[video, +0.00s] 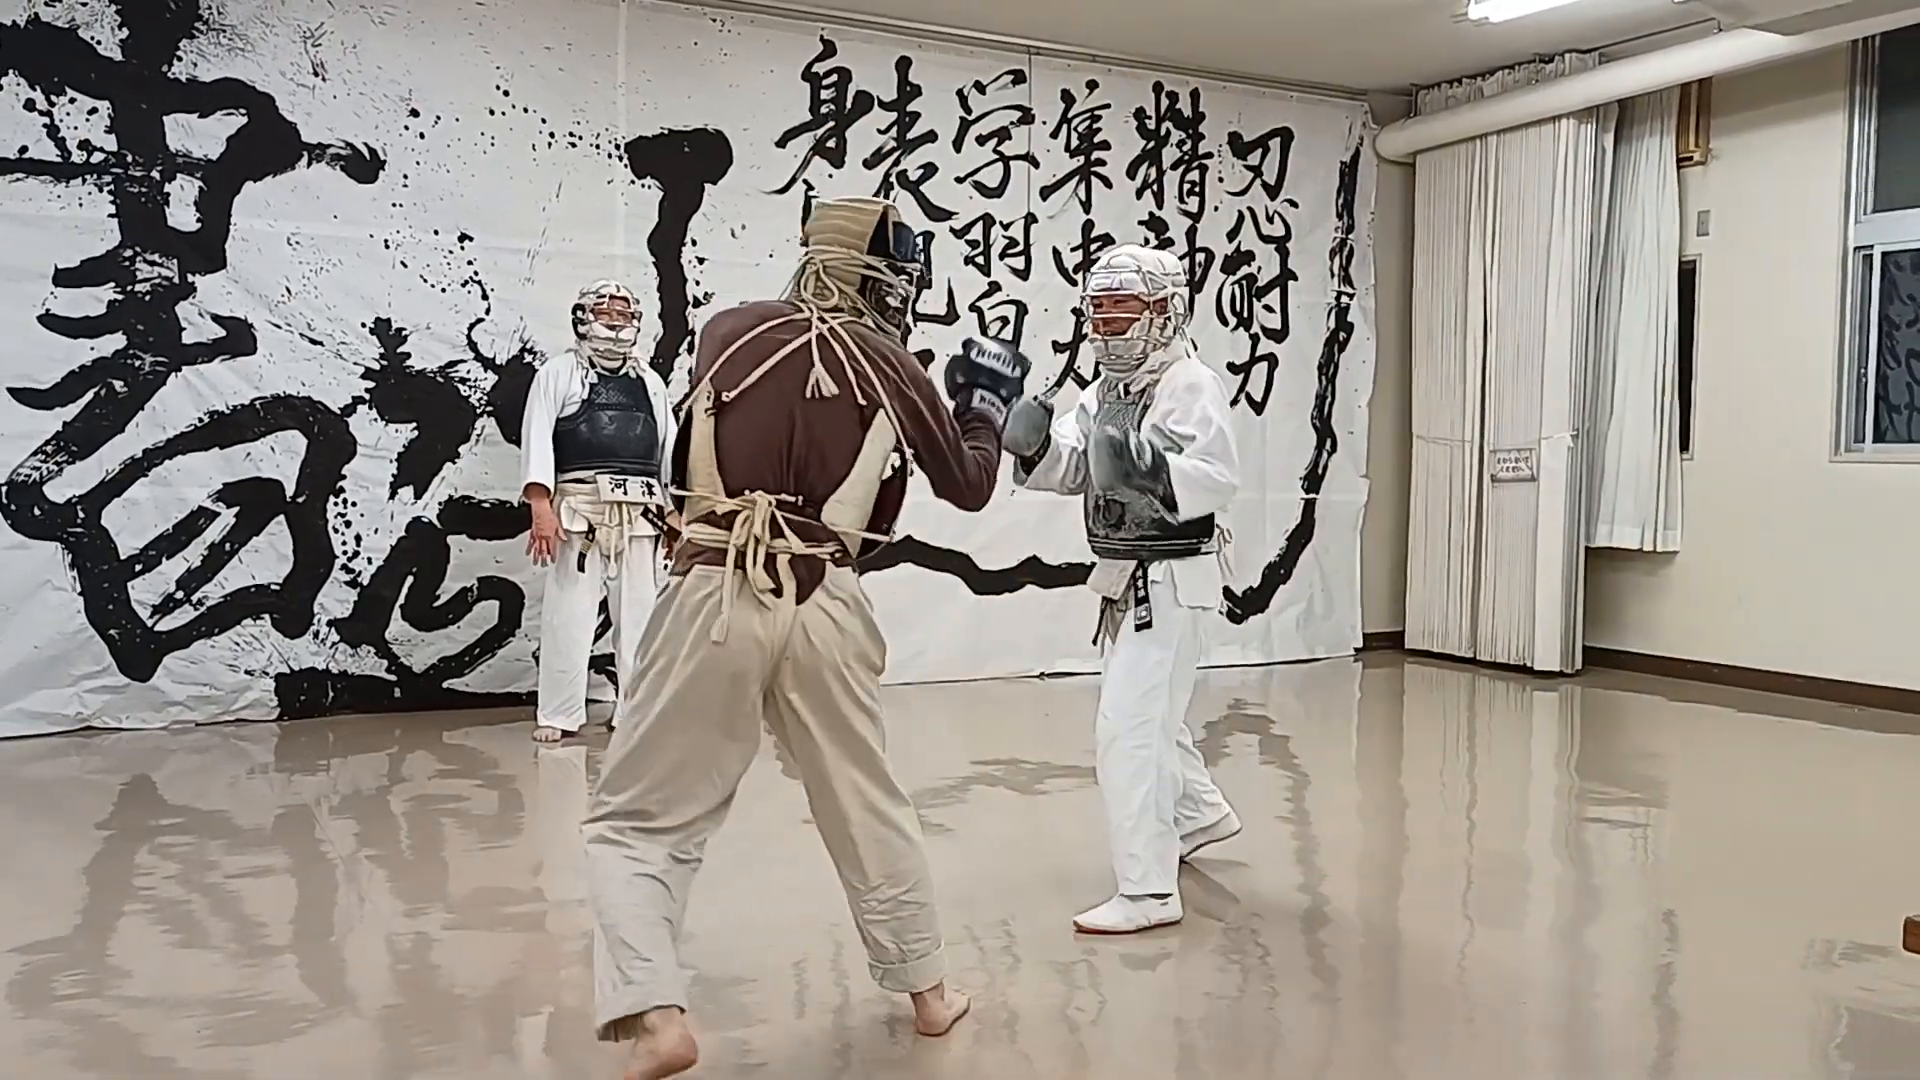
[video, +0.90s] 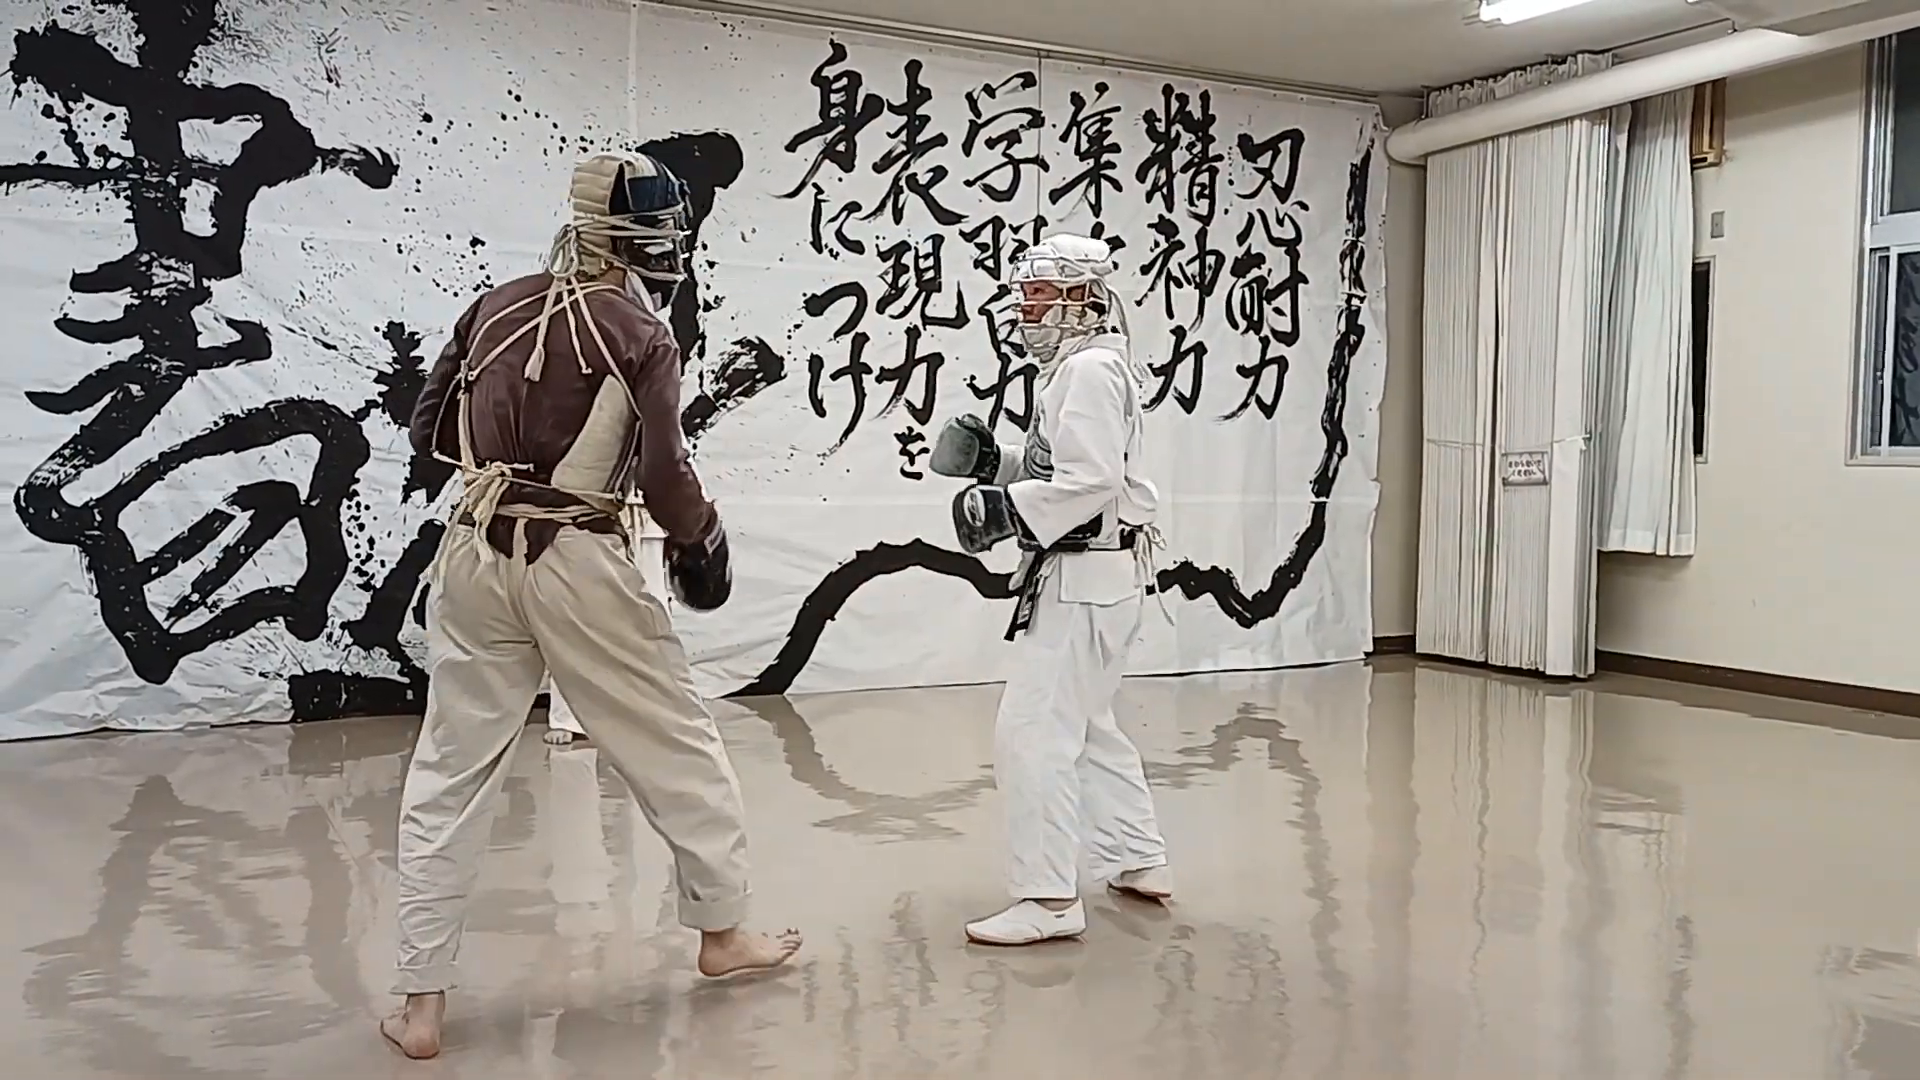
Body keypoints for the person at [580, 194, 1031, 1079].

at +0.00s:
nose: (913, 295)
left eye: (912, 281)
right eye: (909, 281)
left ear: (814, 267)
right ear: (886, 280)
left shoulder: (728, 328)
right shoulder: (891, 366)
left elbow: (690, 462)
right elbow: (971, 482)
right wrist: (983, 399)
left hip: (708, 604)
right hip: (826, 611)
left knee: (635, 820)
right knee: (865, 803)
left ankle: (657, 1017)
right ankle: (928, 996)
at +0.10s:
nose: (877, 288)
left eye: (879, 272)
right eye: (870, 272)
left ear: (781, 260)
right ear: (843, 271)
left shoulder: (691, 331)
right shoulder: (858, 361)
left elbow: (661, 476)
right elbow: (907, 507)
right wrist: (951, 479)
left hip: (686, 595)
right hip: (804, 601)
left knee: (591, 797)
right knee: (862, 801)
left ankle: (573, 995)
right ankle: (929, 995)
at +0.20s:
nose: (817, 289)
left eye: (815, 275)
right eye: (809, 276)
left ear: (715, 268)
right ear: (787, 278)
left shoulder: (639, 354)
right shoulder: (813, 372)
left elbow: (601, 498)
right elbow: (859, 500)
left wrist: (666, 542)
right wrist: (873, 577)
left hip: (656, 616)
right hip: (779, 615)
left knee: (542, 786)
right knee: (855, 805)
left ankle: (454, 998)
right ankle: (930, 994)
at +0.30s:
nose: (754, 290)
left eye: (752, 275)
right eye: (745, 276)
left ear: (653, 275)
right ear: (721, 282)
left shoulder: (571, 360)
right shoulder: (747, 378)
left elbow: (533, 508)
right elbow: (796, 515)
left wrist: (611, 538)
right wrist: (792, 618)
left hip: (583, 623)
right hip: (706, 623)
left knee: (497, 801)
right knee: (807, 793)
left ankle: (416, 1011)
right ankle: (917, 988)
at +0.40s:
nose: (710, 278)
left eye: (709, 261)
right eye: (702, 262)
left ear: (610, 255)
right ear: (677, 263)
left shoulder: (522, 332)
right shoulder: (687, 354)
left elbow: (469, 480)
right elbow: (704, 512)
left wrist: (550, 522)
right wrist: (725, 607)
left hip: (525, 601)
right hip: (646, 603)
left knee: (462, 791)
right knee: (752, 781)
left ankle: (412, 1009)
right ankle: (834, 982)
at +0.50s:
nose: (685, 228)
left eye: (684, 211)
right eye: (678, 212)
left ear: (586, 204)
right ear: (652, 214)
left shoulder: (500, 284)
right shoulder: (661, 301)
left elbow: (426, 413)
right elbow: (691, 447)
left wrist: (500, 444)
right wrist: (705, 547)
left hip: (505, 552)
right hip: (623, 553)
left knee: (469, 763)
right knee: (682, 757)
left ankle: (409, 994)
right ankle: (711, 972)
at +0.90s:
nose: (673, 254)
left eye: (673, 240)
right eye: (667, 241)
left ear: (577, 230)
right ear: (642, 243)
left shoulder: (494, 305)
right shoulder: (644, 333)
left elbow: (434, 430)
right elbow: (662, 471)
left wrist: (508, 463)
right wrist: (701, 534)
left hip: (474, 554)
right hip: (584, 561)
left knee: (451, 764)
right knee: (676, 738)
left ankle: (419, 1000)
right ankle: (723, 936)